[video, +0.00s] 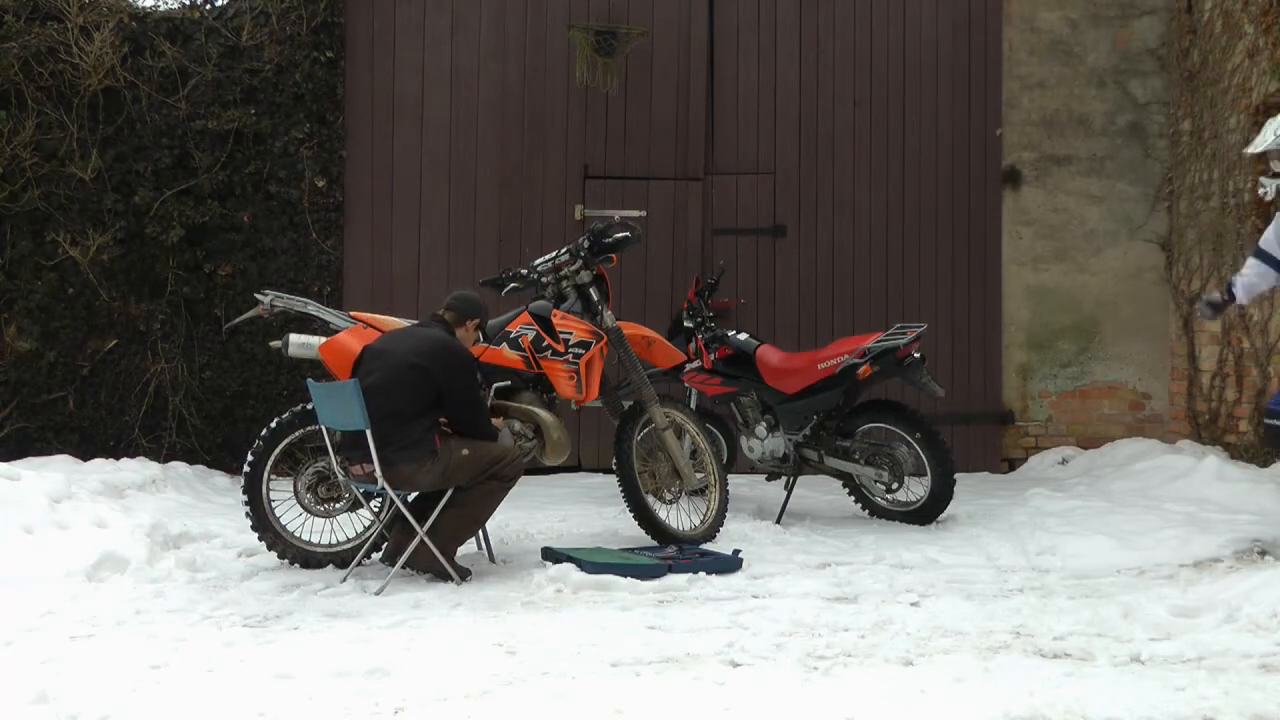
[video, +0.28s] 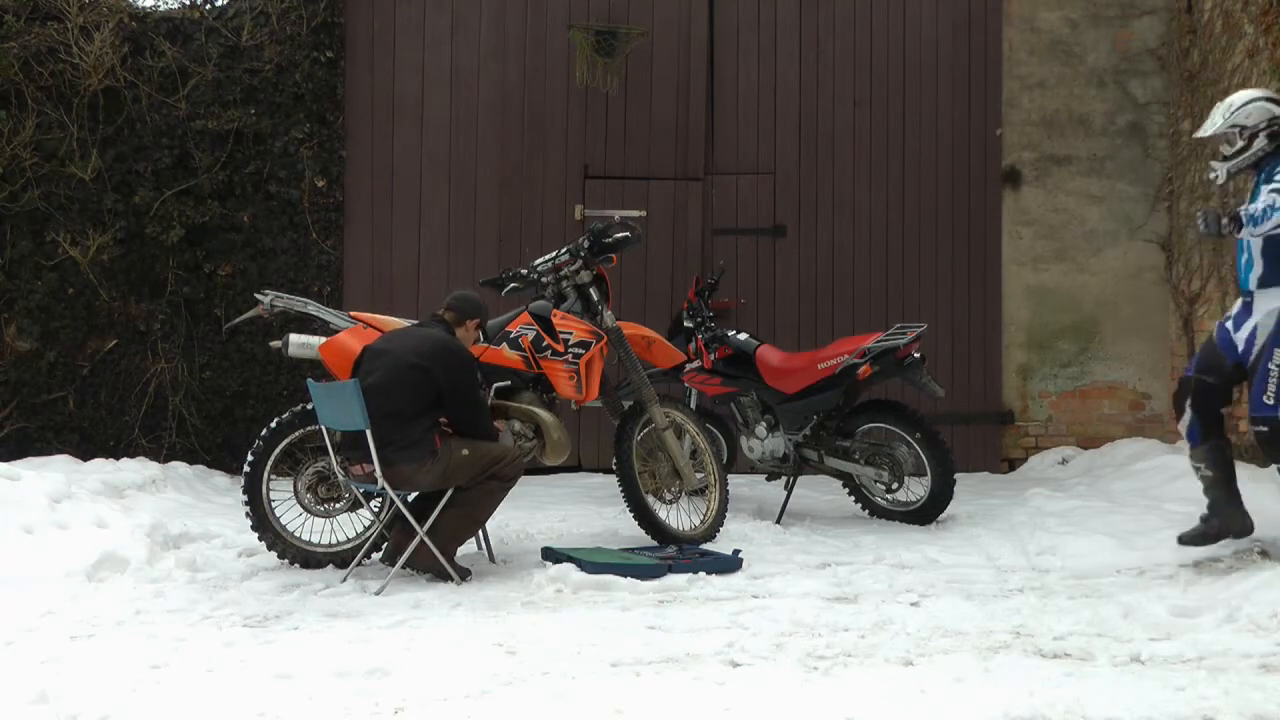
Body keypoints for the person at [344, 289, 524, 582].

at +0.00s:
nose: (474, 341)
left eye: (477, 334)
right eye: (477, 333)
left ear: (442, 315)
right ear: (469, 324)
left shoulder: (392, 337)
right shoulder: (453, 354)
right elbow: (478, 431)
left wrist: (437, 422)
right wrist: (493, 427)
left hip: (356, 457)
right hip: (400, 463)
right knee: (508, 461)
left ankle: (402, 543)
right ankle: (434, 551)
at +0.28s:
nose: (475, 339)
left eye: (478, 332)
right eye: (478, 330)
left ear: (442, 314)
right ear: (470, 324)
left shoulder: (391, 338)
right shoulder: (453, 353)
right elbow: (476, 429)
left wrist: (435, 424)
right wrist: (495, 433)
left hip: (357, 458)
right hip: (400, 463)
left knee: (464, 454)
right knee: (507, 462)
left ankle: (402, 543)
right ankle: (434, 552)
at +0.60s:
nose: (478, 337)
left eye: (480, 330)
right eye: (479, 328)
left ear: (442, 314)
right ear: (469, 322)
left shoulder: (393, 337)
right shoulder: (454, 353)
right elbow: (476, 429)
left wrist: (436, 424)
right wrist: (496, 434)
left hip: (357, 456)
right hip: (401, 463)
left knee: (464, 454)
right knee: (507, 462)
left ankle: (403, 543)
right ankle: (434, 551)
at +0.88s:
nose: (479, 335)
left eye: (481, 328)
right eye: (480, 327)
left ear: (443, 313)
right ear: (469, 321)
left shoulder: (394, 337)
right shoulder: (455, 354)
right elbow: (482, 431)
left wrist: (436, 425)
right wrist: (499, 436)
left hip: (357, 455)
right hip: (401, 462)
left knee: (463, 452)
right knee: (508, 462)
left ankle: (402, 542)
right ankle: (434, 551)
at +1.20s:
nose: (484, 335)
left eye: (486, 328)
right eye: (484, 327)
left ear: (446, 314)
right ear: (473, 321)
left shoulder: (400, 337)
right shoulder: (456, 353)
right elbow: (482, 424)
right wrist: (515, 421)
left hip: (357, 455)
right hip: (401, 461)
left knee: (461, 451)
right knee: (508, 462)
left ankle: (401, 543)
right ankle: (435, 551)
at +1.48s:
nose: (490, 345)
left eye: (493, 337)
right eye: (491, 336)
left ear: (455, 317)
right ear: (480, 328)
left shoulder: (403, 338)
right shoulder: (460, 356)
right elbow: (485, 425)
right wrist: (514, 418)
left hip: (358, 455)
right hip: (401, 461)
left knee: (464, 453)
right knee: (508, 463)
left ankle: (402, 543)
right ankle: (435, 550)